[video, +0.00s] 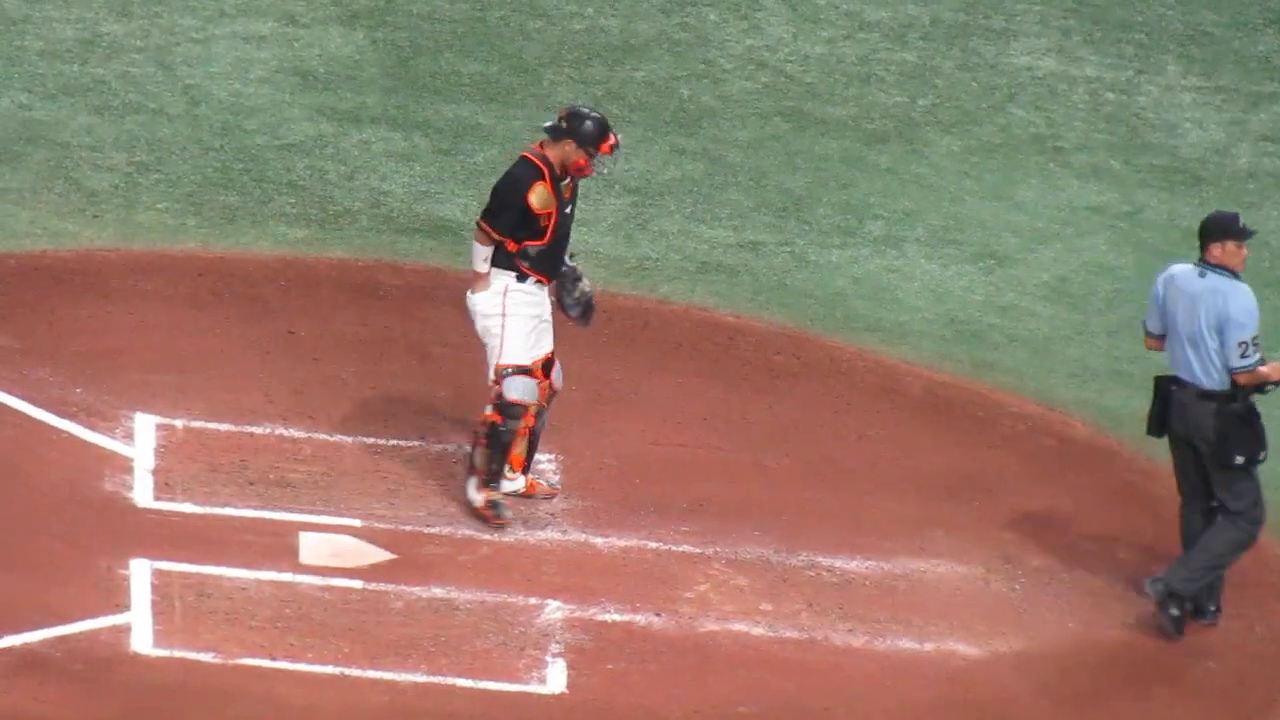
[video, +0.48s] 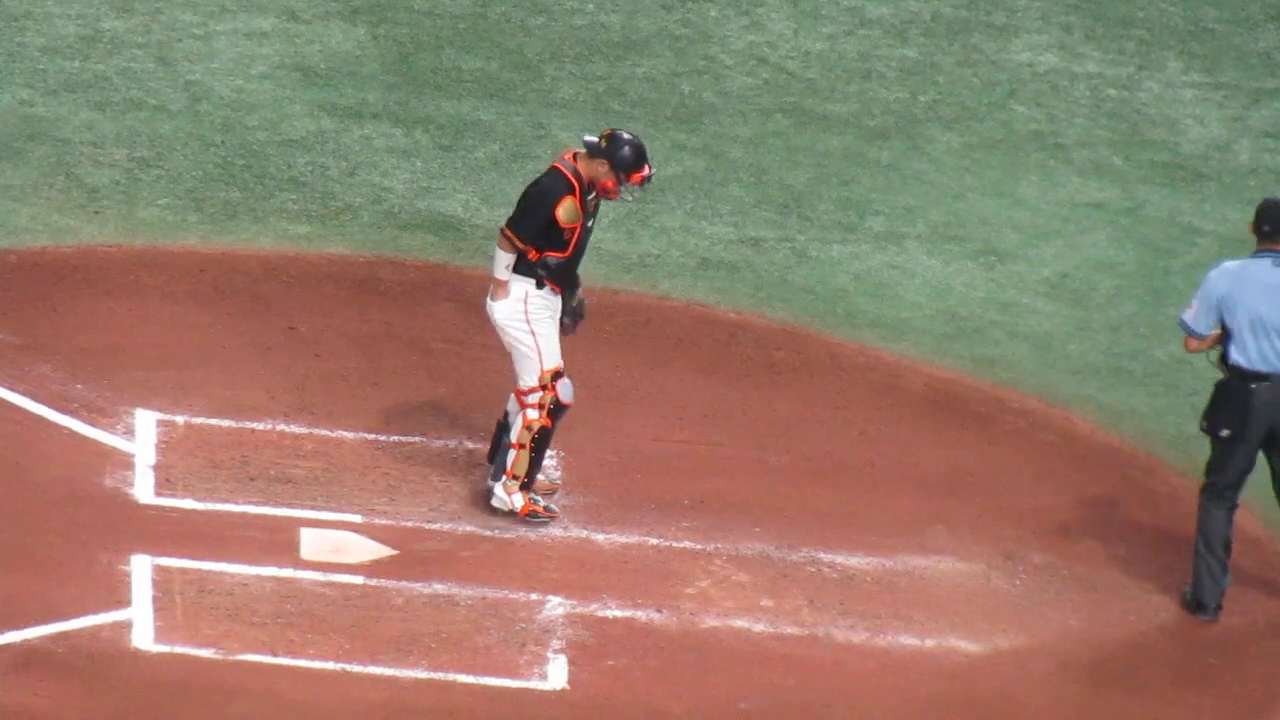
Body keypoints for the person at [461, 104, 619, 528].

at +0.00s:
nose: (589, 164)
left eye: (593, 157)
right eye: (588, 155)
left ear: (574, 146)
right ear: (569, 143)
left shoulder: (564, 175)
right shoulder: (525, 177)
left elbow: (546, 238)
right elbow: (485, 233)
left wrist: (566, 277)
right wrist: (479, 281)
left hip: (534, 293)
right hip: (505, 292)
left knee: (545, 382)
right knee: (516, 391)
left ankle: (513, 475)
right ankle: (482, 485)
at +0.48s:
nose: (617, 188)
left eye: (622, 183)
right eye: (618, 180)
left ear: (607, 164)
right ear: (603, 164)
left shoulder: (586, 184)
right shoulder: (554, 188)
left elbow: (560, 249)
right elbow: (510, 238)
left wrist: (571, 293)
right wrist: (498, 287)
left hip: (546, 293)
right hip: (523, 293)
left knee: (537, 387)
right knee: (549, 394)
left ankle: (508, 464)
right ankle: (510, 488)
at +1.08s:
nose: (631, 225)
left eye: (637, 221)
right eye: (633, 219)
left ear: (621, 189)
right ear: (621, 202)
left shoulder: (595, 184)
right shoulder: (573, 222)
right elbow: (529, 267)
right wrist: (509, 309)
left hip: (545, 311)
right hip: (532, 316)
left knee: (556, 401)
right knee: (537, 414)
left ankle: (516, 492)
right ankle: (507, 509)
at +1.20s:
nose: (631, 223)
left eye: (637, 219)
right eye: (633, 217)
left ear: (622, 187)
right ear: (621, 200)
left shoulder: (596, 181)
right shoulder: (573, 220)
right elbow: (529, 263)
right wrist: (509, 304)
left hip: (548, 308)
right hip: (530, 312)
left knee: (565, 393)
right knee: (535, 412)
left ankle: (517, 481)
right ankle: (507, 506)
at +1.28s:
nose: (630, 225)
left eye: (636, 221)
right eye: (632, 219)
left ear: (621, 189)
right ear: (619, 201)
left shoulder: (597, 183)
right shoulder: (572, 219)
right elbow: (529, 261)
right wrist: (507, 303)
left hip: (550, 310)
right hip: (529, 312)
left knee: (570, 392)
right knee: (533, 413)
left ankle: (522, 475)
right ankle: (506, 507)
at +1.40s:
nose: (627, 224)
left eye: (633, 220)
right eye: (627, 218)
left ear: (620, 192)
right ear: (614, 199)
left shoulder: (601, 188)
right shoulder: (569, 214)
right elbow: (524, 259)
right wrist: (505, 303)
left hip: (554, 312)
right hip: (529, 312)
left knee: (574, 393)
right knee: (536, 413)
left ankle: (534, 465)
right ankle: (506, 509)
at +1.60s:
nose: (625, 212)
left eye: (629, 206)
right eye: (623, 204)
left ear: (622, 190)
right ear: (605, 188)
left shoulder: (607, 199)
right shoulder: (559, 204)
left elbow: (585, 256)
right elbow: (516, 248)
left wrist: (585, 299)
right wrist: (504, 291)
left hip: (565, 306)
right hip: (530, 303)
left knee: (571, 394)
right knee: (537, 405)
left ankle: (536, 468)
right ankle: (507, 502)